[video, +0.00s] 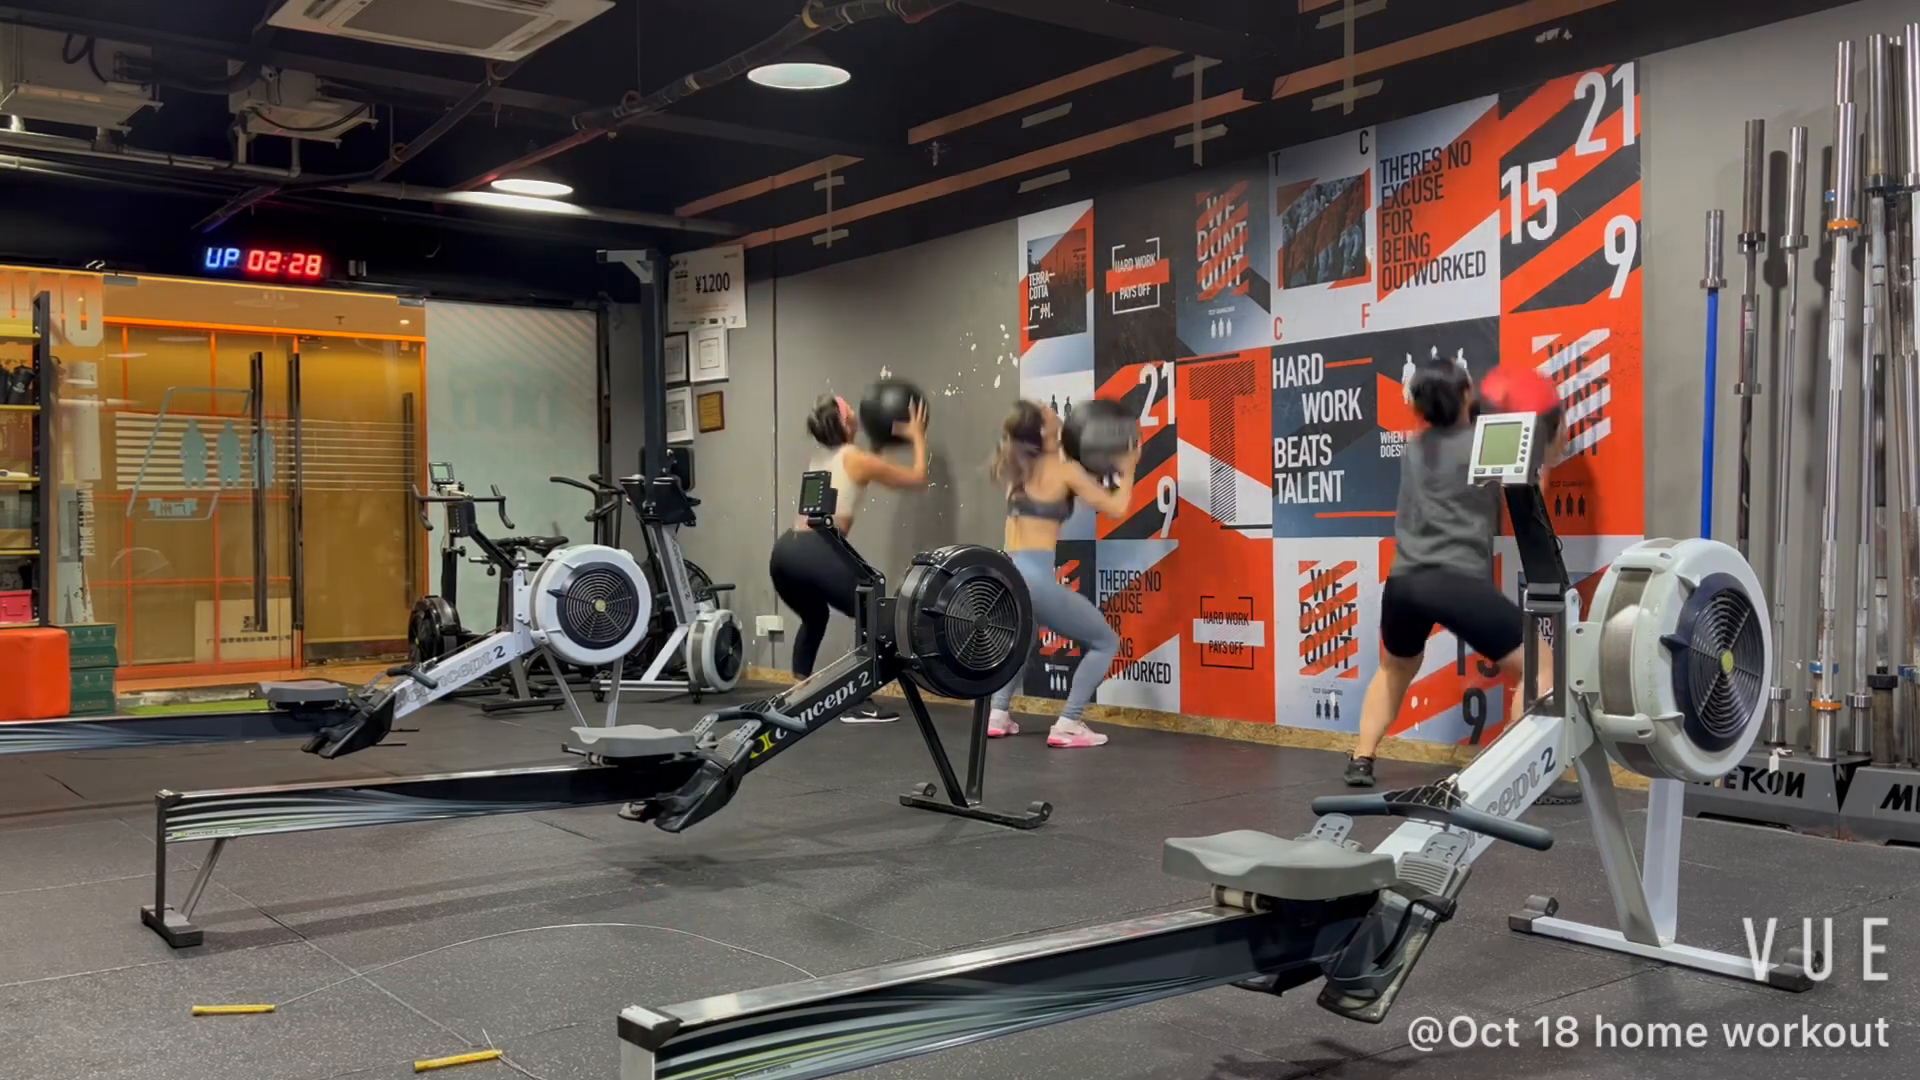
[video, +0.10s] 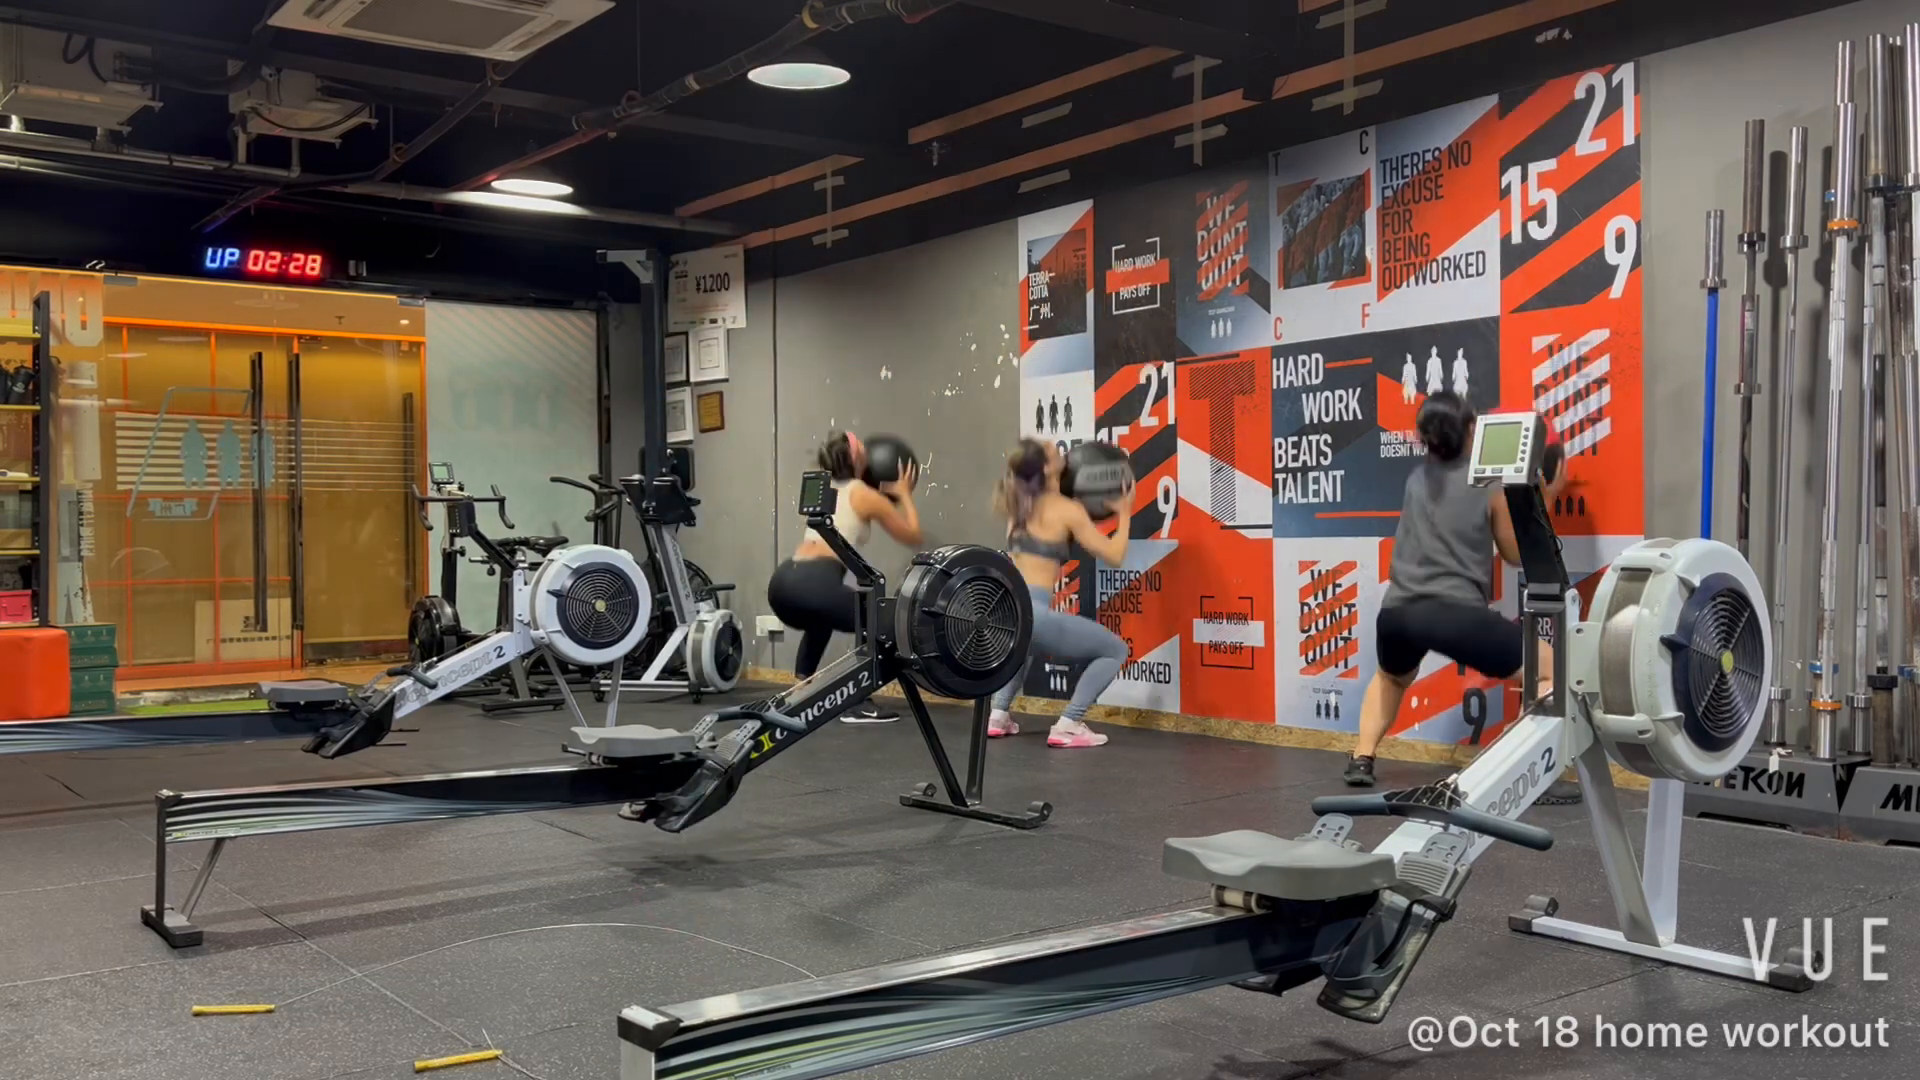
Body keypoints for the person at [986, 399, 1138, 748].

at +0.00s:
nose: (1057, 417)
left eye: (1052, 412)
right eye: (1051, 416)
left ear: (1026, 436)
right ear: (1046, 435)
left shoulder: (1017, 465)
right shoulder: (1064, 469)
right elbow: (1118, 507)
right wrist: (1129, 469)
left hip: (1006, 571)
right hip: (1035, 577)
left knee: (1020, 638)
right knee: (1105, 641)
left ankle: (997, 714)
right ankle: (1068, 724)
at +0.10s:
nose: (1059, 450)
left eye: (1054, 448)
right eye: (1054, 452)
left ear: (1027, 472)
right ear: (1048, 470)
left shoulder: (1019, 503)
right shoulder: (1066, 508)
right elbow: (1115, 554)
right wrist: (1124, 513)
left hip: (1001, 606)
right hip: (1034, 613)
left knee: (1022, 640)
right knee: (1115, 650)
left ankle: (997, 715)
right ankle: (1069, 724)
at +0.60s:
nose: (1055, 430)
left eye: (1048, 428)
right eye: (1049, 432)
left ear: (1027, 456)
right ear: (1046, 451)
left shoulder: (1022, 483)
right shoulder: (1069, 485)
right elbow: (1122, 524)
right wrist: (1122, 488)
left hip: (1005, 582)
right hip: (1038, 589)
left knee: (1033, 644)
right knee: (1106, 648)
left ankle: (999, 715)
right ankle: (1069, 724)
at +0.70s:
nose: (1052, 395)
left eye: (1046, 392)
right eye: (1046, 395)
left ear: (1025, 417)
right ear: (1042, 411)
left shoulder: (1020, 447)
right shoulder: (1067, 443)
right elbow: (1124, 475)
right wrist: (1123, 439)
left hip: (1014, 553)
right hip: (1045, 557)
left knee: (1022, 635)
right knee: (1102, 638)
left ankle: (1001, 711)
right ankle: (1069, 722)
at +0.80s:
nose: (1045, 359)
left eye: (1040, 357)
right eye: (1040, 358)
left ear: (1017, 381)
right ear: (1039, 373)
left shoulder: (1019, 412)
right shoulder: (1066, 403)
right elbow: (1128, 409)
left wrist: (1059, 371)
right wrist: (1126, 369)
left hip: (1025, 514)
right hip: (1056, 516)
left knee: (1019, 612)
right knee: (1087, 614)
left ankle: (1002, 694)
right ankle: (1074, 709)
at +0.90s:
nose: (1042, 340)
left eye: (1038, 338)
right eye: (1038, 340)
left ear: (1013, 363)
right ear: (1038, 355)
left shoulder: (1018, 388)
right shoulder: (1065, 383)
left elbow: (1040, 344)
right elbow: (1110, 346)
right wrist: (1127, 297)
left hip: (1030, 497)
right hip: (1063, 498)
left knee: (1022, 601)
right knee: (1077, 605)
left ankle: (1007, 688)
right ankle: (1079, 699)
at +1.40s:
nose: (1043, 371)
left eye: (1040, 367)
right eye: (1038, 368)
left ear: (1013, 389)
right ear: (1032, 383)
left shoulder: (1014, 421)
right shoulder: (1055, 415)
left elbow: (1036, 403)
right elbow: (1115, 397)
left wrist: (1049, 373)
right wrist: (1143, 347)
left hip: (1032, 526)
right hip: (1064, 525)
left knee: (1021, 622)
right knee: (1069, 628)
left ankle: (999, 713)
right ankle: (1069, 722)